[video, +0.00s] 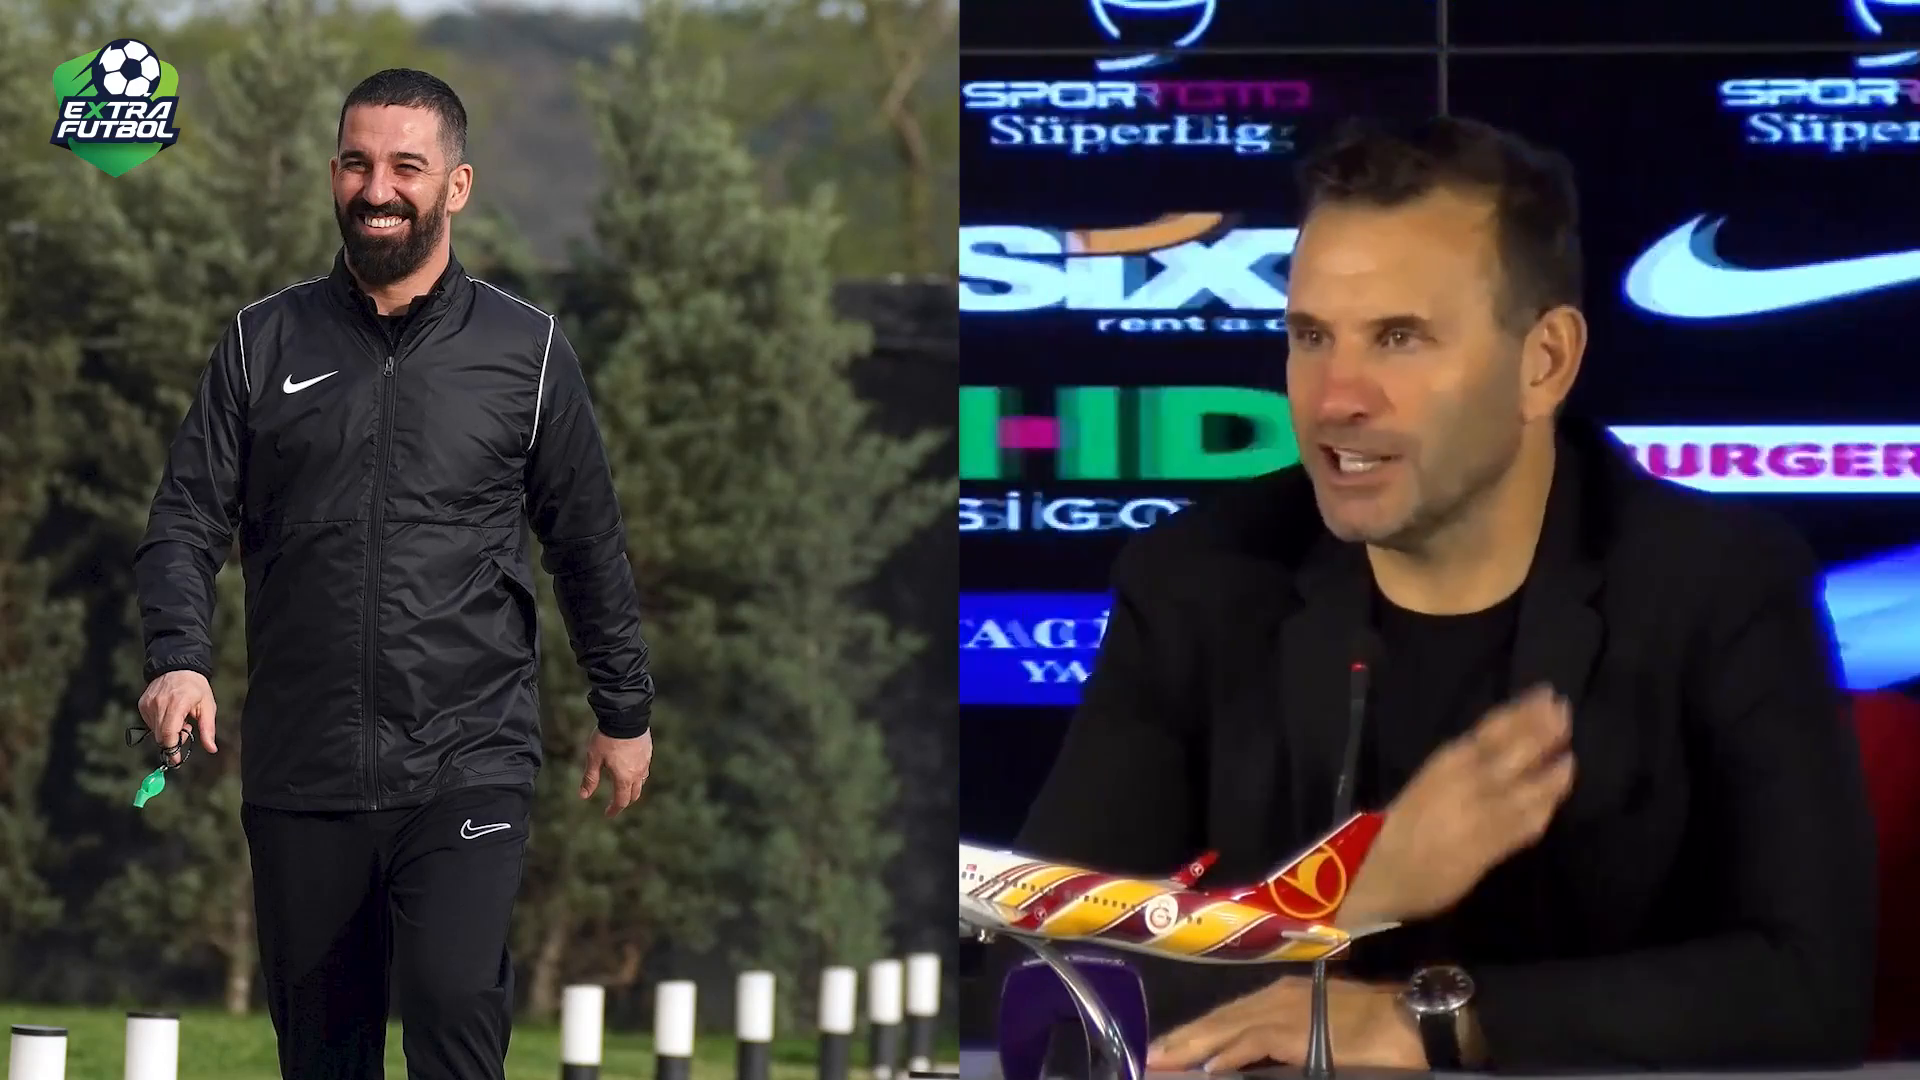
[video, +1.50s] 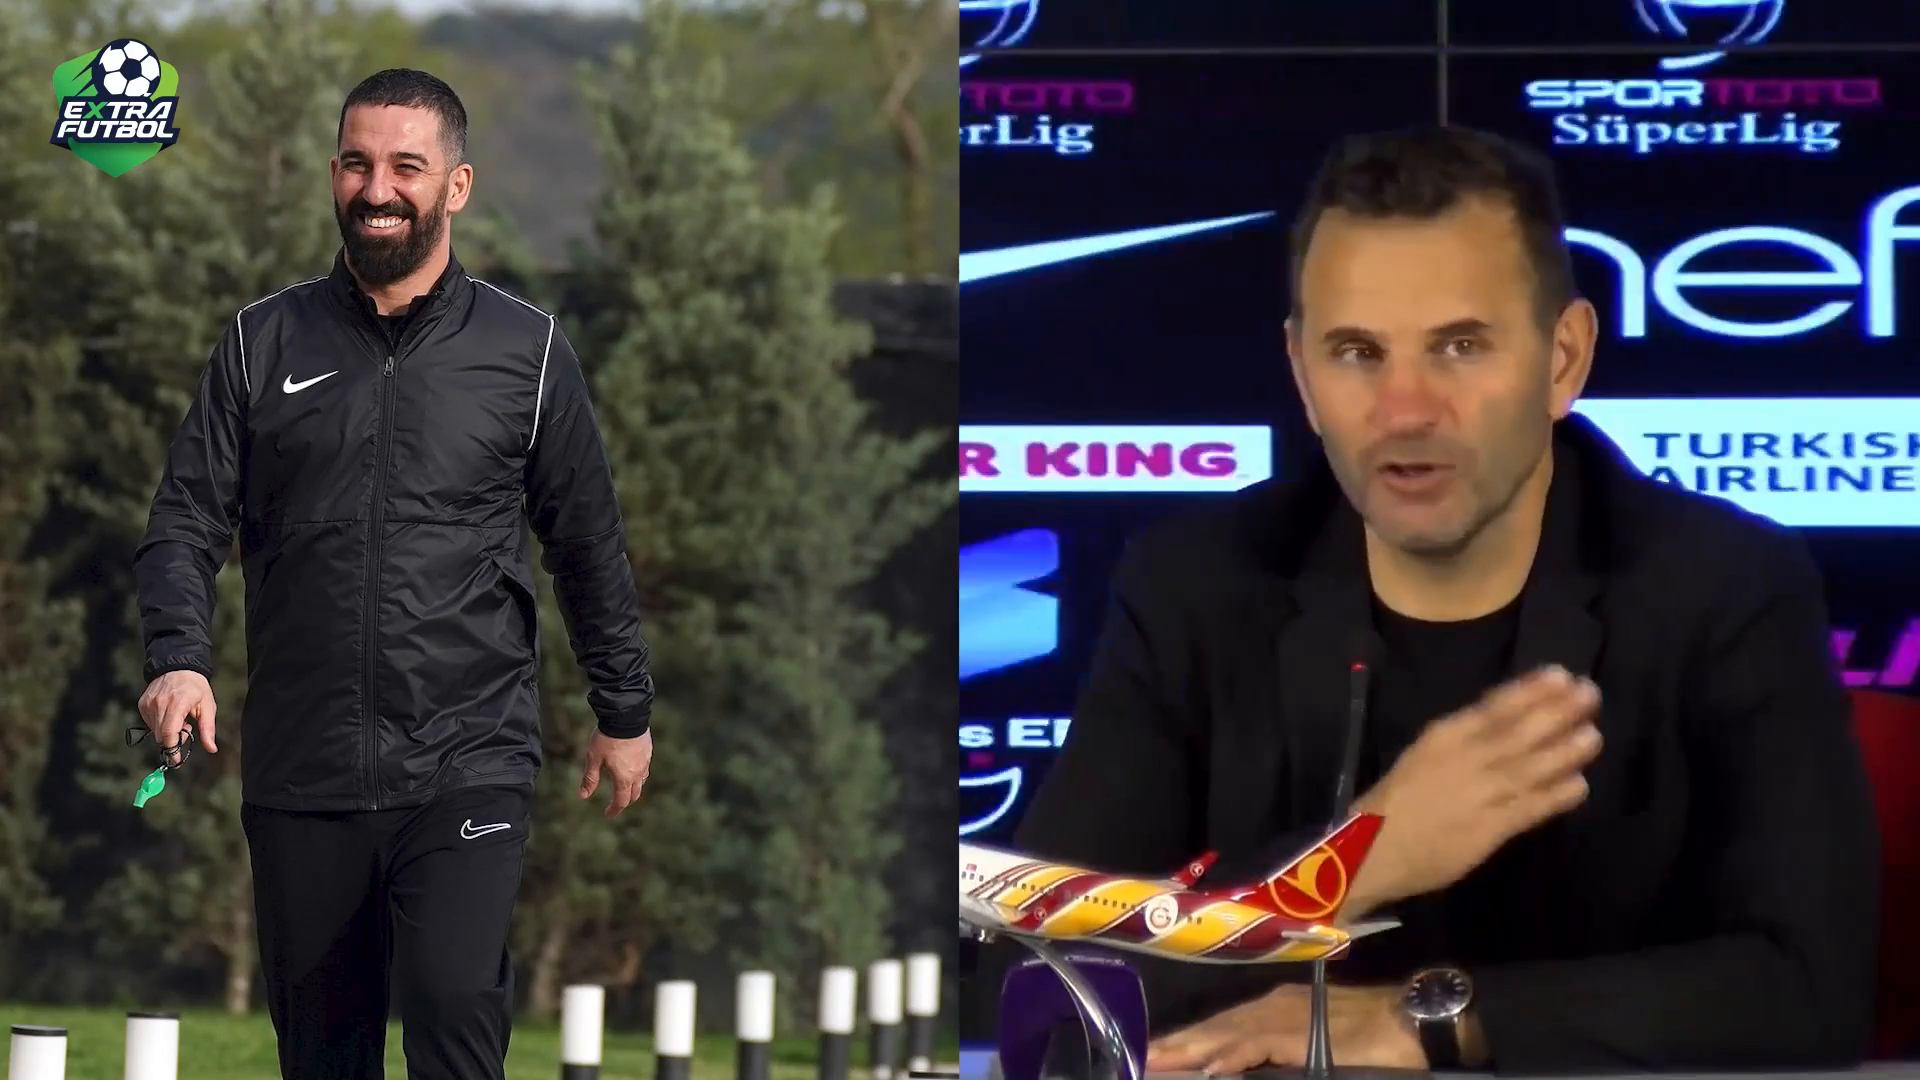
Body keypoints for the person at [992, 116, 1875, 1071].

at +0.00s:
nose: (1335, 394)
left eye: (1399, 338)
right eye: (1310, 336)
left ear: (1545, 362)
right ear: (1285, 345)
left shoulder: (1723, 591)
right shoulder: (1199, 583)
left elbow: (1813, 992)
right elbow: (1043, 966)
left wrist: (1430, 1021)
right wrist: (1358, 887)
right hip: (1260, 1078)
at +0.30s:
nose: (1320, 391)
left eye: (1386, 335)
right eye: (1303, 334)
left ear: (1540, 359)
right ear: (1280, 342)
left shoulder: (1725, 588)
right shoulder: (1201, 585)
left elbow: (1815, 991)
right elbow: (1055, 956)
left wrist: (1432, 1018)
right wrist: (1378, 896)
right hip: (1248, 1076)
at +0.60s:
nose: (1316, 396)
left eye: (1380, 339)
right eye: (1296, 340)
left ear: (1532, 363)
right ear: (1273, 347)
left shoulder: (1728, 589)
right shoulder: (1197, 588)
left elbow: (1810, 994)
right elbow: (1044, 972)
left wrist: (1429, 1018)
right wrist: (1370, 862)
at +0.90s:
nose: (1349, 392)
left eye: (1415, 338)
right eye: (1323, 336)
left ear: (1555, 364)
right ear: (1294, 342)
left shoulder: (1729, 591)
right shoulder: (1197, 584)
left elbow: (1809, 991)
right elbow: (1032, 958)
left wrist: (1430, 1026)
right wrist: (1348, 937)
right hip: (1242, 1073)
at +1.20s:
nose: (1368, 399)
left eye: (1434, 340)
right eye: (1336, 338)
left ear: (1559, 370)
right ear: (1299, 351)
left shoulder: (1729, 596)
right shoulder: (1189, 588)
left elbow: (1808, 990)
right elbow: (1029, 968)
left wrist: (1434, 1024)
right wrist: (1339, 960)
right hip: (1244, 1073)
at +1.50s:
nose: (1404, 405)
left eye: (1461, 345)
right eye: (1358, 351)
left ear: (1566, 355)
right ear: (1300, 367)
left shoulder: (1729, 593)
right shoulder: (1193, 588)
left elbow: (1810, 993)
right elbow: (1049, 981)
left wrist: (1432, 1020)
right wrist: (1357, 858)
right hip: (1252, 1077)